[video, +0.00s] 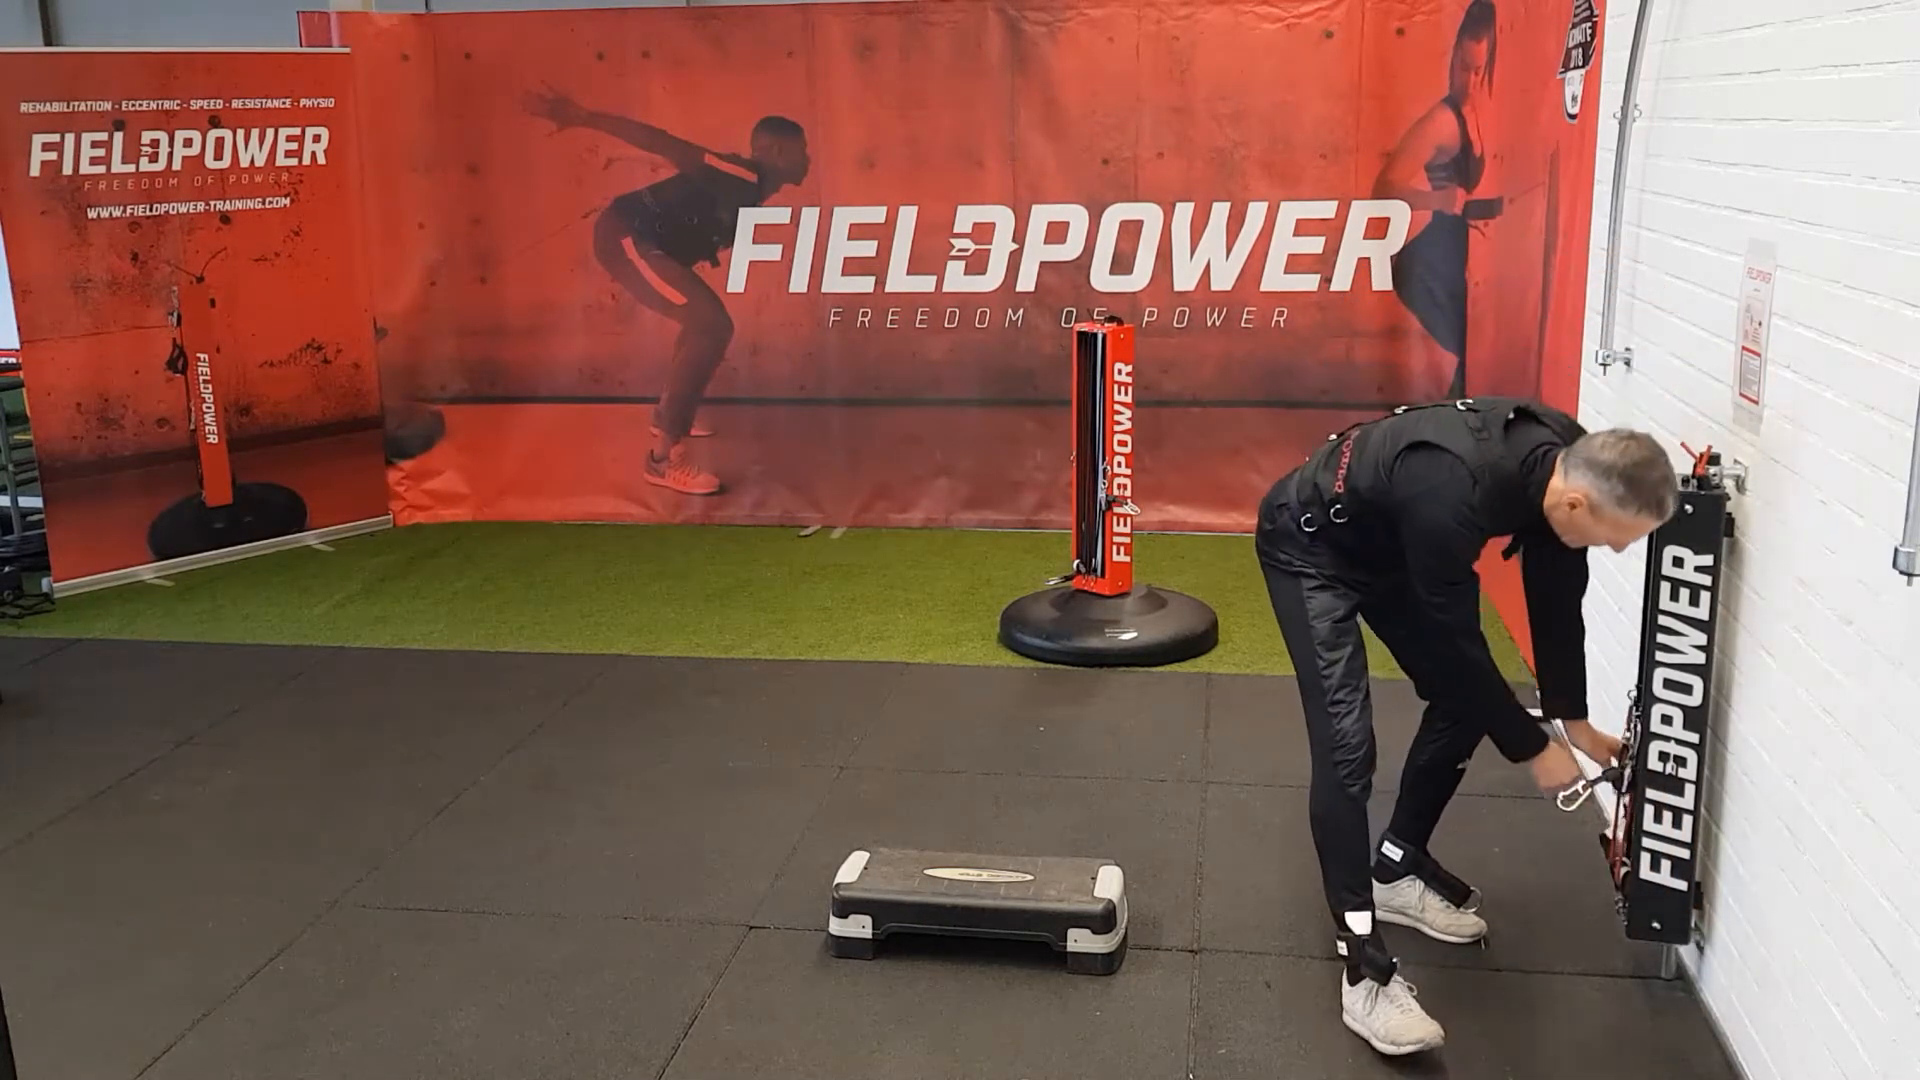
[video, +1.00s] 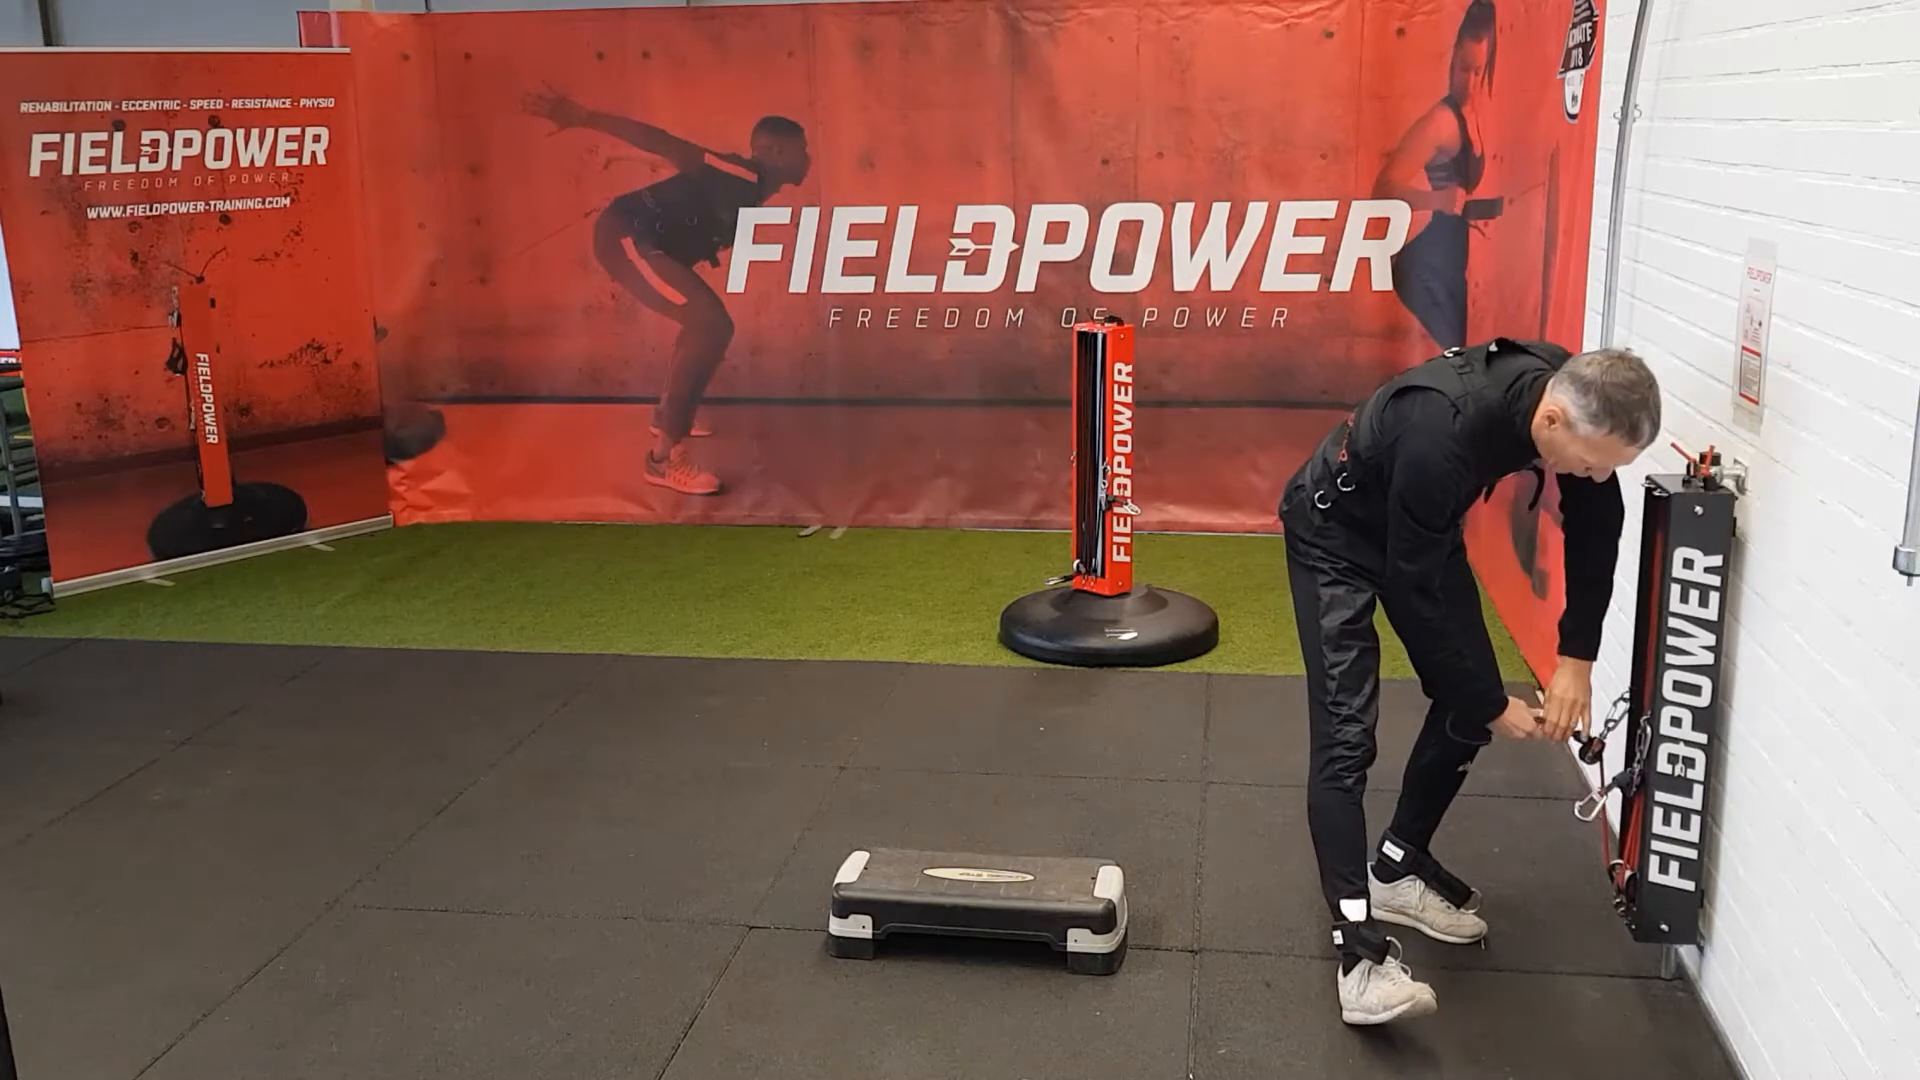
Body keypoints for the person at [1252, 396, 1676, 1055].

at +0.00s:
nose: (1606, 549)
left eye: (1617, 542)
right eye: (1609, 538)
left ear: (1579, 498)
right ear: (1574, 501)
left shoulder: (1561, 466)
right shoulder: (1446, 495)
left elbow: (1556, 599)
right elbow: (1458, 649)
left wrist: (1573, 720)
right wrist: (1535, 749)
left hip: (1390, 549)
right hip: (1308, 542)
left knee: (1463, 697)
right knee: (1346, 744)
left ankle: (1396, 868)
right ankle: (1363, 968)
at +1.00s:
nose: (1599, 478)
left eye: (1611, 466)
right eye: (1592, 461)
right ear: (1551, 416)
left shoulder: (1572, 394)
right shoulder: (1441, 438)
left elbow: (1594, 528)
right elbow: (1418, 585)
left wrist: (1576, 661)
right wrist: (1492, 705)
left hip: (1424, 537)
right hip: (1335, 529)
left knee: (1472, 700)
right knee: (1346, 739)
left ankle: (1398, 862)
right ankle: (1357, 953)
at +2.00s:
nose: (1574, 416)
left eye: (1589, 397)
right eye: (1557, 395)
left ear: (1605, 365)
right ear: (1510, 354)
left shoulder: (1589, 387)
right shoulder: (1418, 402)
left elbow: (1559, 503)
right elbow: (1382, 560)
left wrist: (1538, 628)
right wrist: (1480, 667)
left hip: (1436, 531)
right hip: (1343, 536)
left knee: (1454, 716)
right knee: (1369, 752)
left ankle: (1395, 866)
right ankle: (1370, 976)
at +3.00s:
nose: (1460, 288)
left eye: (1483, 268)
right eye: (1445, 264)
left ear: (1543, 233)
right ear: (1428, 232)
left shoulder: (1612, 331)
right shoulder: (1401, 289)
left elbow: (1684, 523)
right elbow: (1344, 415)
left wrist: (1690, 716)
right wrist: (1315, 549)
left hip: (1537, 583)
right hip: (1414, 557)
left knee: (1537, 818)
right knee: (1361, 752)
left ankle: (1516, 1039)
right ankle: (1353, 920)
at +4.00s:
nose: (1150, 214)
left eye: (1156, 194)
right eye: (1141, 197)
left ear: (1210, 161)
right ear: (1188, 172)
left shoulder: (1318, 257)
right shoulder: (1199, 252)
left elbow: (1386, 429)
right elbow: (1211, 397)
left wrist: (1355, 572)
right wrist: (1209, 512)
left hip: (1329, 526)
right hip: (1247, 522)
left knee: (1313, 731)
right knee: (1241, 715)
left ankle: (1333, 923)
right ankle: (1284, 887)